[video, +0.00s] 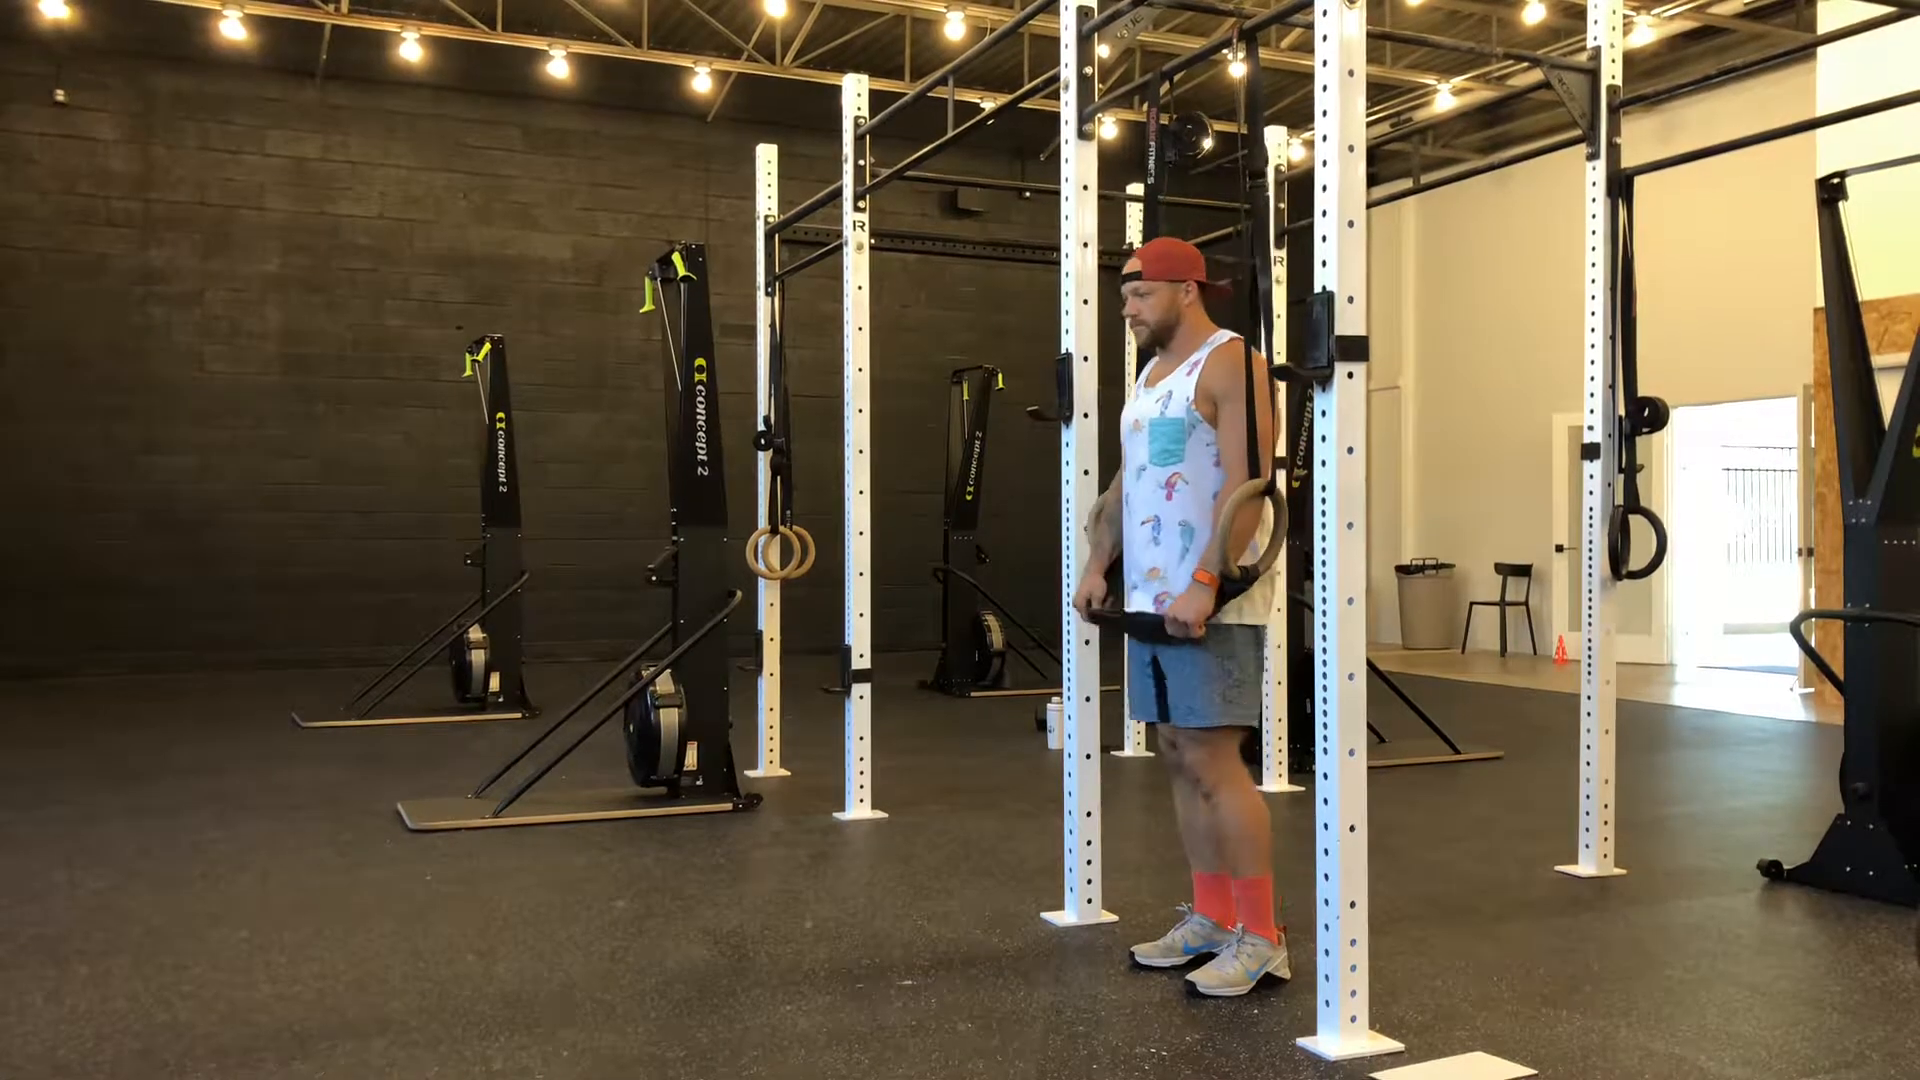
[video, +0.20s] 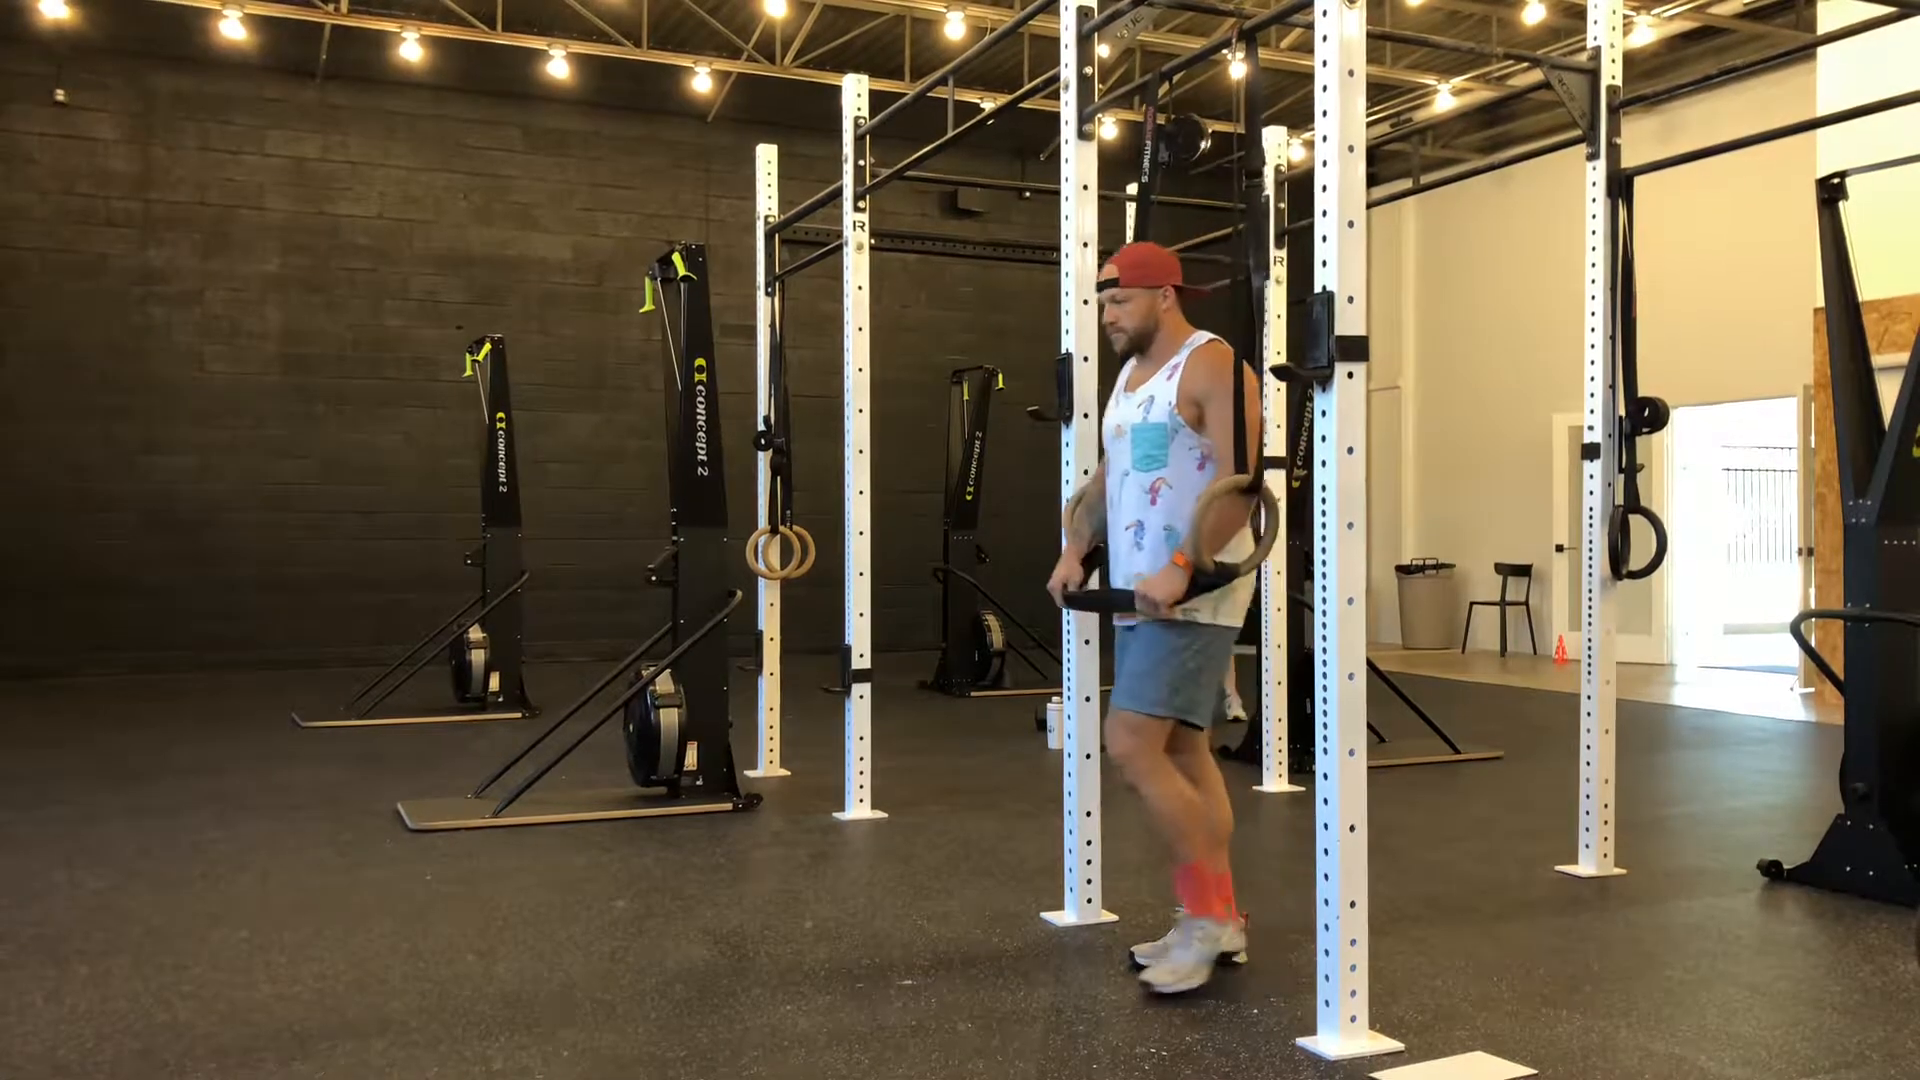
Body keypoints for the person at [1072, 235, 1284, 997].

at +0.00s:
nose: (1128, 301)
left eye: (1141, 288)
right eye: (1126, 289)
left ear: (1185, 292)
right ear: (1145, 299)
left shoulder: (1232, 364)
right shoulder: (1149, 375)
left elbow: (1249, 485)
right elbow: (1130, 481)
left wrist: (1208, 579)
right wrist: (1097, 559)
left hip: (1214, 601)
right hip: (1155, 600)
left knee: (1215, 762)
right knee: (1182, 760)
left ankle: (1261, 937)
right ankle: (1213, 921)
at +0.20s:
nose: (1107, 309)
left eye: (1118, 295)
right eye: (1104, 297)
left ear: (1163, 298)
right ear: (1124, 304)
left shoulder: (1210, 363)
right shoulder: (1131, 377)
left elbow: (1243, 480)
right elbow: (1110, 477)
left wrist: (1187, 565)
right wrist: (1076, 544)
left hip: (1197, 591)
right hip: (1149, 589)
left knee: (1133, 742)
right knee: (1187, 754)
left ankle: (1207, 919)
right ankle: (1219, 917)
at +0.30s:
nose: (1083, 313)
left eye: (1094, 298)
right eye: (1079, 301)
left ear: (1140, 299)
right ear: (1095, 309)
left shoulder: (1193, 368)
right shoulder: (1111, 380)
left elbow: (1232, 484)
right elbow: (1097, 475)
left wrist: (1173, 559)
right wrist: (1062, 536)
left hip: (1180, 596)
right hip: (1134, 595)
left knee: (1116, 750)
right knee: (1178, 759)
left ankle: (1113, 948)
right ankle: (1217, 924)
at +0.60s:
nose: (994, 320)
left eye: (1005, 305)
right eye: (991, 307)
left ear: (1055, 301)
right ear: (1029, 309)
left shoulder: (1115, 368)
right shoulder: (1034, 381)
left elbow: (1190, 465)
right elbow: (1048, 486)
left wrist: (1118, 542)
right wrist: (1011, 540)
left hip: (1098, 596)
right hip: (1056, 594)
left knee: (1030, 757)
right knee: (1094, 762)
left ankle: (1038, 959)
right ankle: (1193, 894)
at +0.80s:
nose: (942, 314)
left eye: (951, 296)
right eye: (938, 299)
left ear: (998, 286)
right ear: (981, 294)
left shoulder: (1067, 349)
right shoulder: (995, 365)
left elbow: (1150, 436)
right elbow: (1037, 469)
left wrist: (1087, 523)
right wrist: (992, 530)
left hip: (1057, 597)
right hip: (998, 591)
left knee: (1027, 764)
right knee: (975, 751)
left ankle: (1038, 964)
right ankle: (1109, 870)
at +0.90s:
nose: (914, 315)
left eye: (921, 297)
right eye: (909, 301)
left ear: (968, 283)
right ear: (951, 292)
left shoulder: (1038, 340)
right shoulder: (968, 362)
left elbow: (1130, 423)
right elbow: (1003, 471)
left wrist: (1074, 522)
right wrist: (970, 543)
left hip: (1034, 603)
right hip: (971, 596)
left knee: (1023, 767)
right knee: (940, 748)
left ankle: (1040, 960)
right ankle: (1005, 920)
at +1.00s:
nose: (893, 313)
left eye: (900, 294)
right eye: (888, 298)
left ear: (947, 280)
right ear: (930, 288)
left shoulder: (1016, 335)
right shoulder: (943, 367)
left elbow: (1111, 418)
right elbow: (983, 474)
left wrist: (1060, 521)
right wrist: (953, 554)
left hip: (1017, 602)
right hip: (955, 598)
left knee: (1017, 768)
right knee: (934, 757)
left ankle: (1036, 962)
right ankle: (929, 947)